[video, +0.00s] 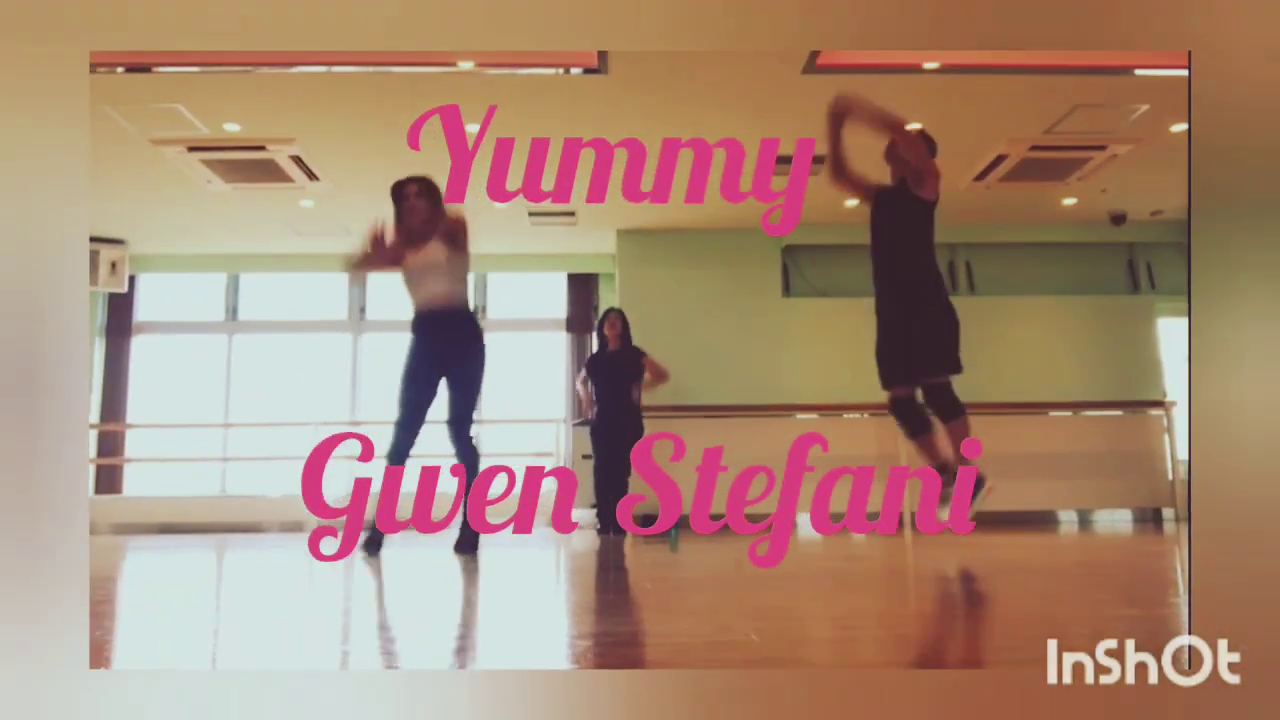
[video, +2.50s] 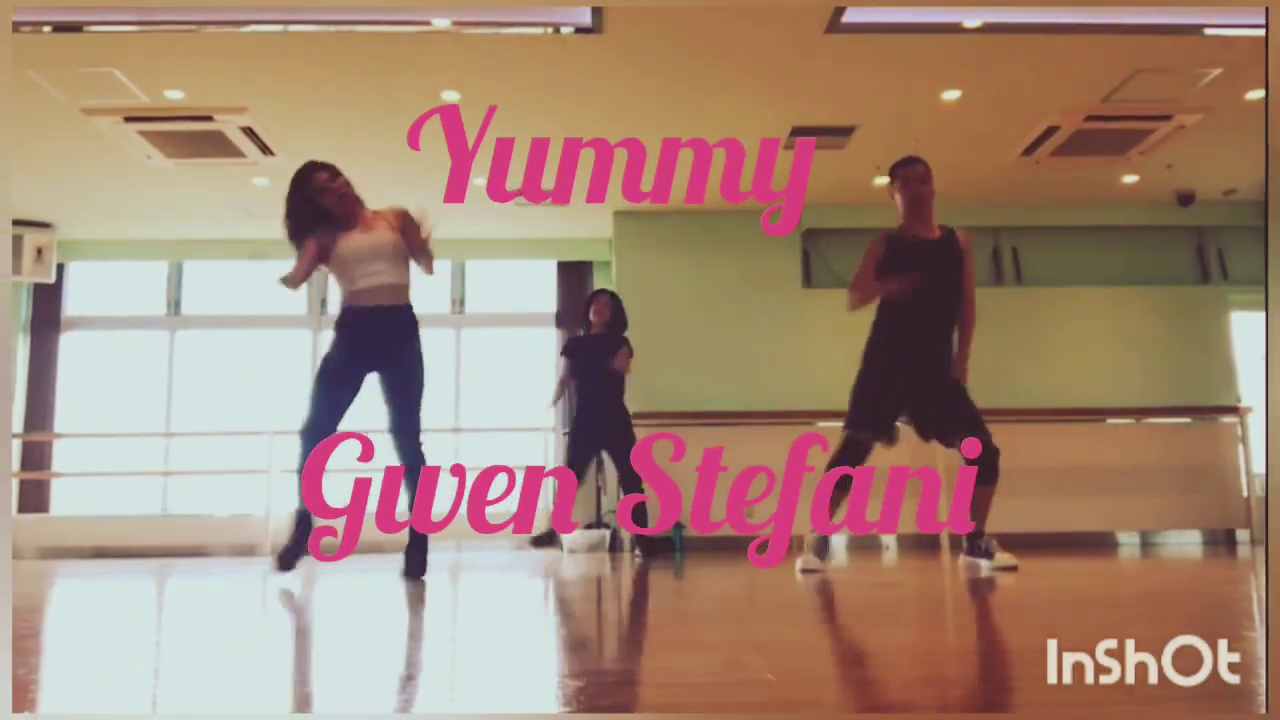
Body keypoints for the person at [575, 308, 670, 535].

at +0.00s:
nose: (614, 326)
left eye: (618, 323)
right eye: (610, 323)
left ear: (625, 327)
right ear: (602, 328)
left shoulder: (635, 354)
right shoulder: (595, 359)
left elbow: (661, 375)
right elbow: (580, 382)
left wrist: (642, 388)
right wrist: (588, 403)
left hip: (628, 418)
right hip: (603, 418)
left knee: (621, 472)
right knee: (603, 471)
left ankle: (619, 522)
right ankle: (604, 524)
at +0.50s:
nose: (617, 314)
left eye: (623, 309)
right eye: (616, 310)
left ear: (632, 314)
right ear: (617, 317)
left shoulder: (634, 339)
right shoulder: (621, 339)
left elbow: (622, 311)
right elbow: (606, 317)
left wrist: (623, 292)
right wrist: (618, 290)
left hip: (653, 413)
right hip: (639, 412)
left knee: (656, 473)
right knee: (634, 475)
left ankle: (683, 526)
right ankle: (671, 522)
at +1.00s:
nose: (576, 317)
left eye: (584, 315)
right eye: (575, 312)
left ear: (593, 325)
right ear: (569, 316)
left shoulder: (590, 351)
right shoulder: (553, 350)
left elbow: (609, 388)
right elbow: (556, 391)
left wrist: (619, 419)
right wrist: (552, 423)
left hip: (579, 437)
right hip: (553, 437)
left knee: (615, 494)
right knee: (517, 488)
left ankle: (668, 542)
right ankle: (517, 555)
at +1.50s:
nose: (520, 313)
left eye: (522, 307)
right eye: (512, 310)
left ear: (531, 313)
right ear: (503, 320)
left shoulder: (549, 346)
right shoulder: (503, 350)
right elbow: (467, 356)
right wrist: (430, 348)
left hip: (534, 430)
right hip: (510, 428)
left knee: (537, 497)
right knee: (510, 493)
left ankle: (493, 535)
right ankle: (486, 550)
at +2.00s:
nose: (564, 316)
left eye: (566, 310)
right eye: (557, 315)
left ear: (575, 314)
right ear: (551, 325)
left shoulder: (596, 344)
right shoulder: (559, 356)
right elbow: (579, 376)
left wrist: (595, 330)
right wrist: (594, 343)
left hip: (606, 425)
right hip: (578, 427)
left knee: (627, 483)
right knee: (552, 484)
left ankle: (639, 542)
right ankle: (514, 533)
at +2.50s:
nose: (599, 310)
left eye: (605, 307)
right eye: (596, 305)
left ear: (614, 313)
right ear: (588, 310)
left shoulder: (619, 342)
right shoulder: (576, 343)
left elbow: (625, 362)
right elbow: (566, 375)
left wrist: (621, 364)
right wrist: (557, 395)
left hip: (615, 417)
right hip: (585, 417)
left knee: (631, 476)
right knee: (571, 474)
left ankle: (641, 534)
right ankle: (554, 530)